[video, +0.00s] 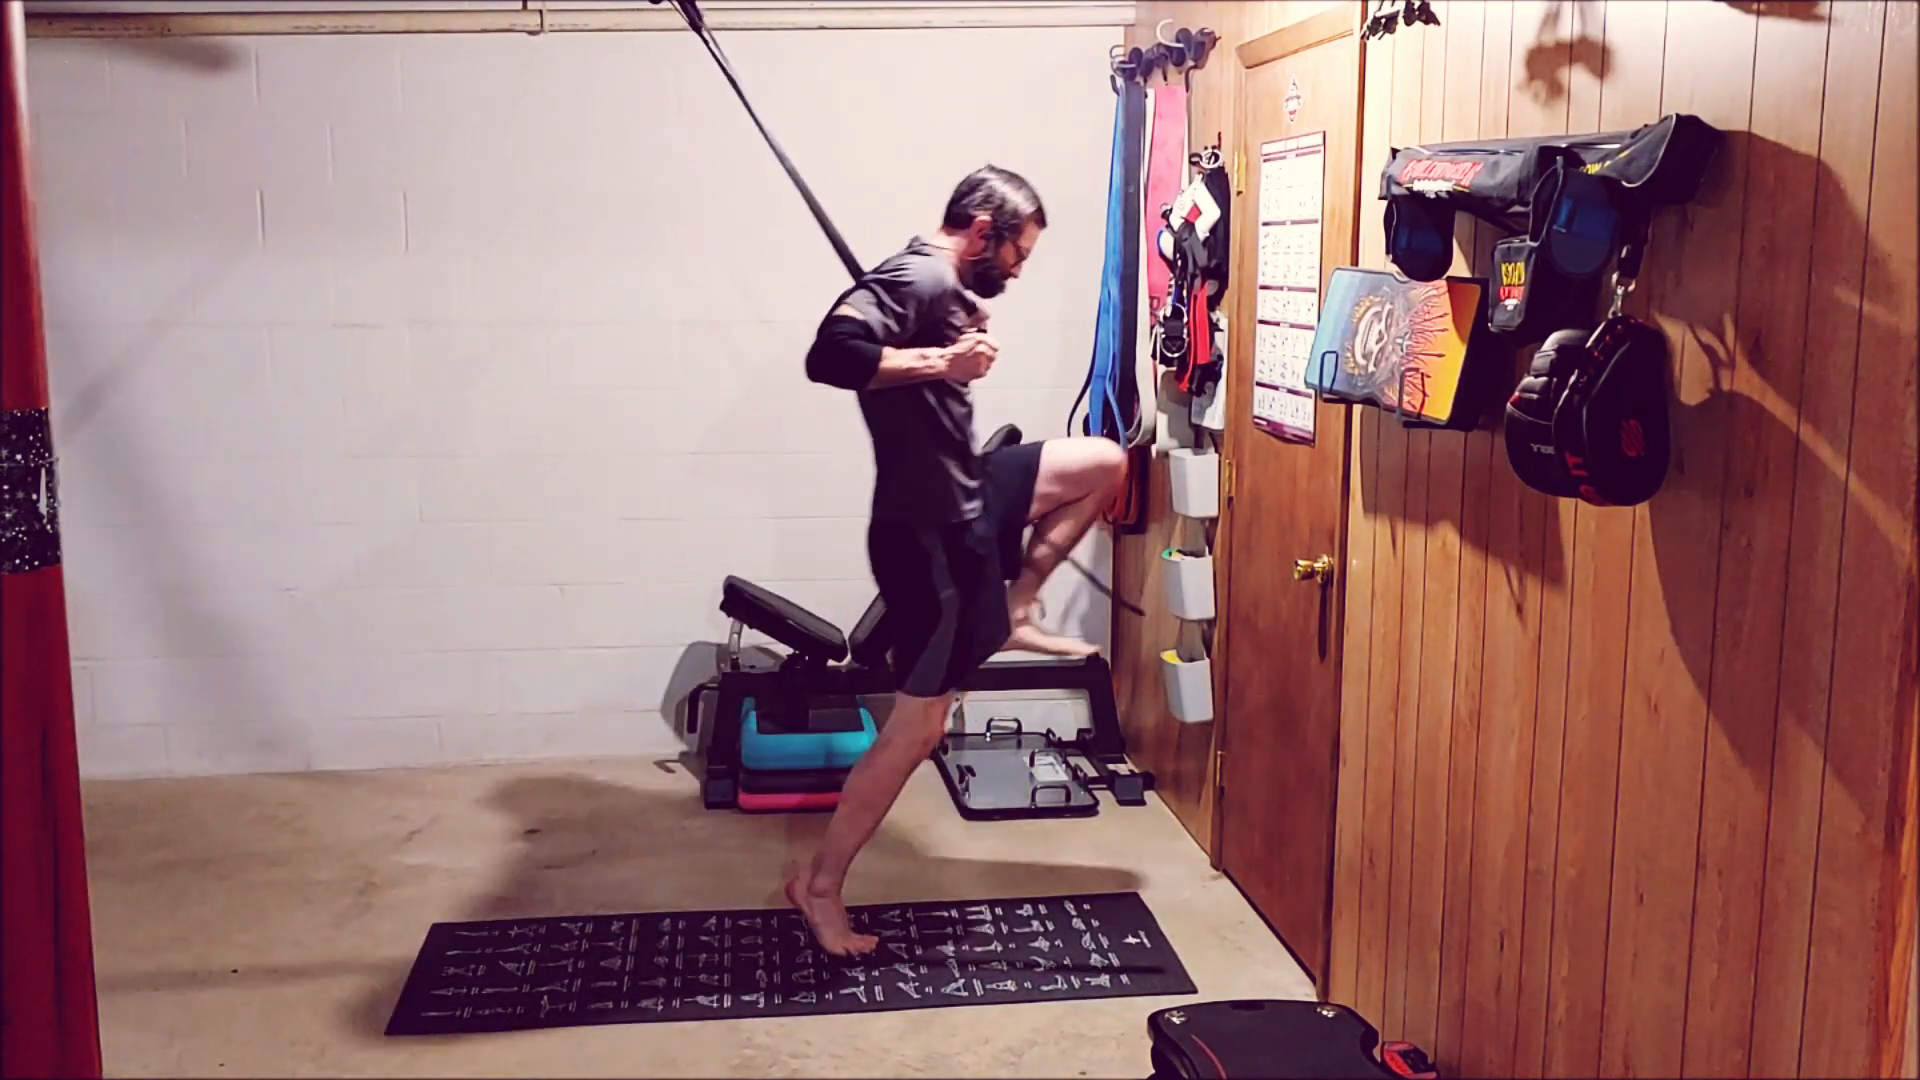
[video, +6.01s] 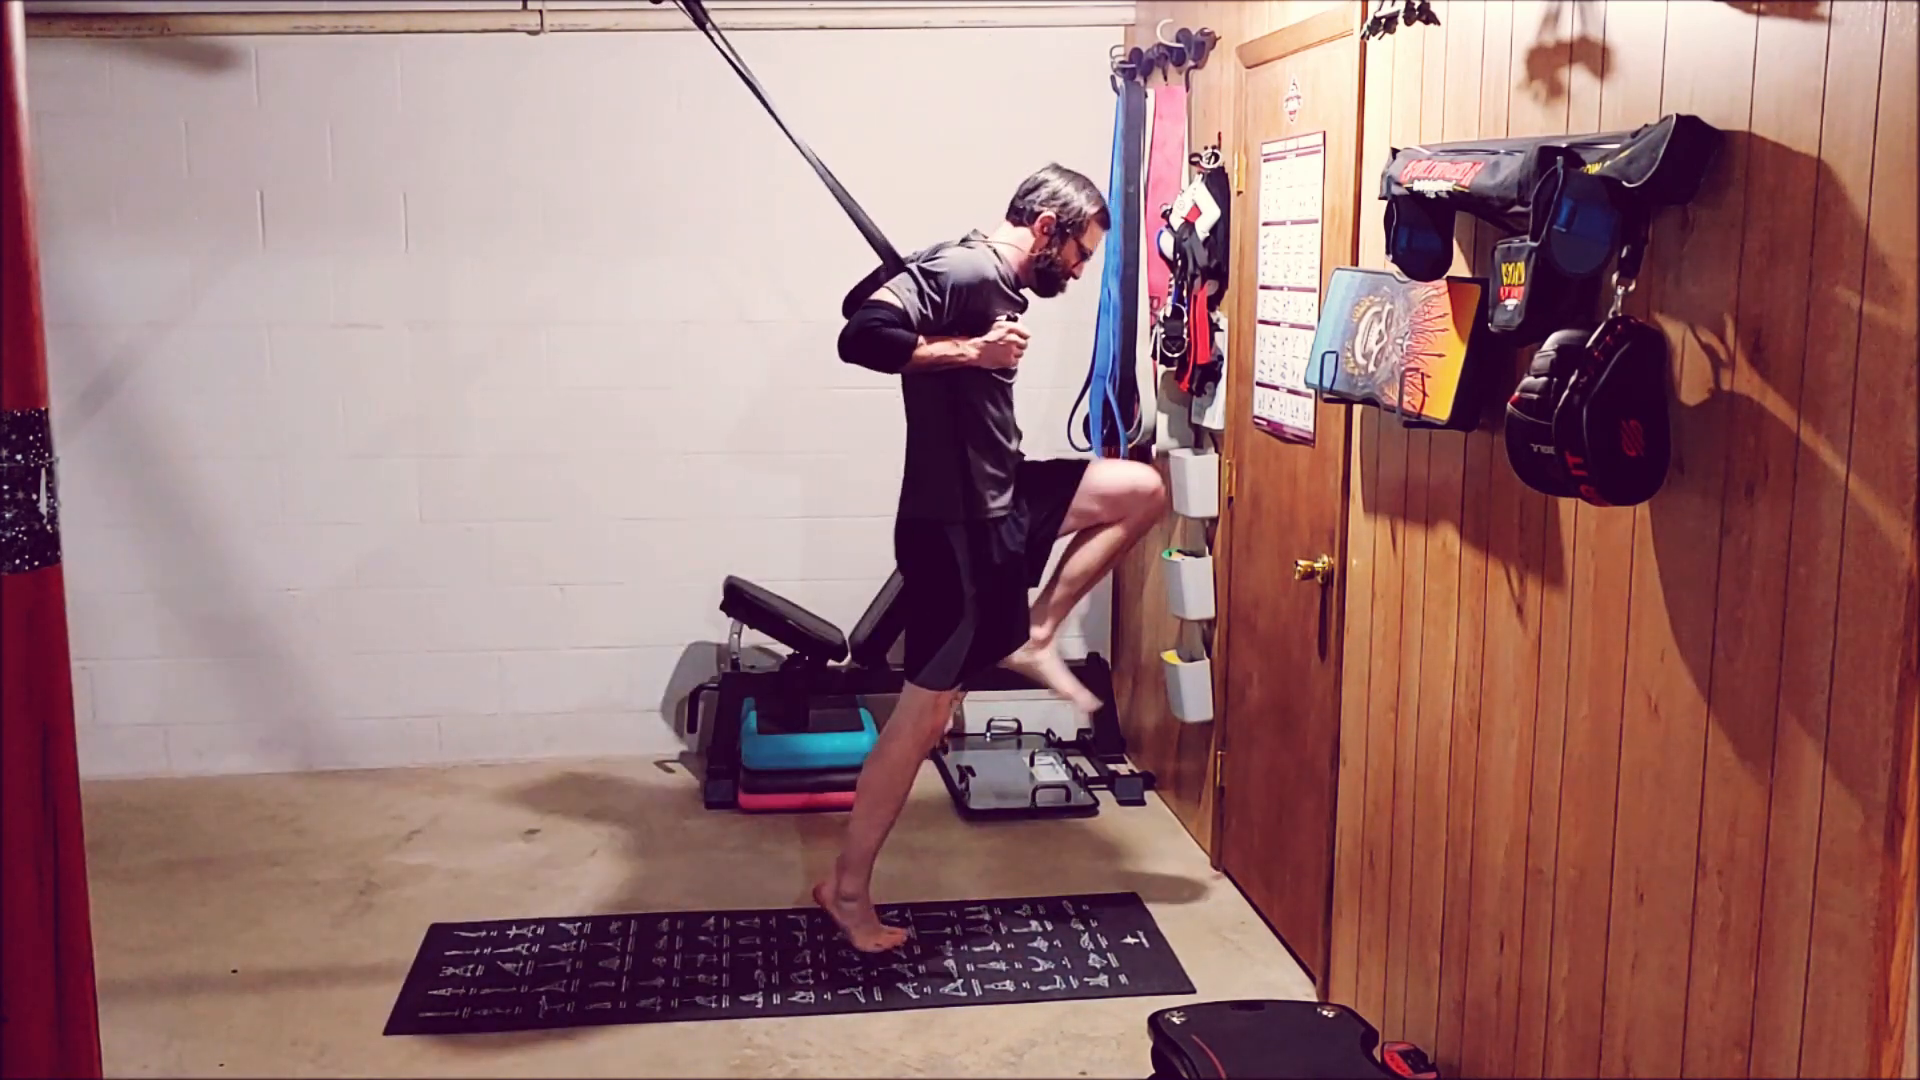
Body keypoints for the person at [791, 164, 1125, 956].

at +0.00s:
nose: (1017, 272)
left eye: (1023, 258)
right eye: (1018, 254)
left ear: (977, 229)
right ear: (980, 228)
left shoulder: (946, 282)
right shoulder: (916, 271)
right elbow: (833, 353)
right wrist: (943, 359)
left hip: (969, 485)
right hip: (923, 522)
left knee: (1106, 464)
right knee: (918, 726)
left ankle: (1015, 611)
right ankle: (819, 882)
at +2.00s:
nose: (837, 295)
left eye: (840, 280)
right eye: (833, 278)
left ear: (785, 267)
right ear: (787, 266)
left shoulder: (750, 331)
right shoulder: (729, 326)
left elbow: (703, 417)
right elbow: (644, 416)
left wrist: (772, 414)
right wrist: (759, 444)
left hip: (727, 581)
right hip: (684, 582)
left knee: (795, 727)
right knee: (645, 757)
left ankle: (784, 914)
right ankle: (561, 928)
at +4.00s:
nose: (811, 293)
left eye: (815, 278)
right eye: (806, 276)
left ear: (757, 266)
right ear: (758, 263)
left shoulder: (726, 334)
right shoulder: (692, 330)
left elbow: (669, 413)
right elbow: (595, 419)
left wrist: (730, 423)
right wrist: (709, 457)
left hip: (703, 580)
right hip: (652, 581)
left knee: (741, 737)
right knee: (628, 759)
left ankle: (775, 917)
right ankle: (560, 933)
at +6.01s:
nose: (1082, 269)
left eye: (1090, 254)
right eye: (1083, 250)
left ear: (1042, 224)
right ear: (1048, 225)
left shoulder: (990, 275)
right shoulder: (966, 266)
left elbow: (866, 304)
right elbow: (862, 335)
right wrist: (973, 349)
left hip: (1006, 494)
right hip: (954, 519)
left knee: (1141, 491)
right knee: (923, 714)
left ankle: (1038, 638)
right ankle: (848, 888)